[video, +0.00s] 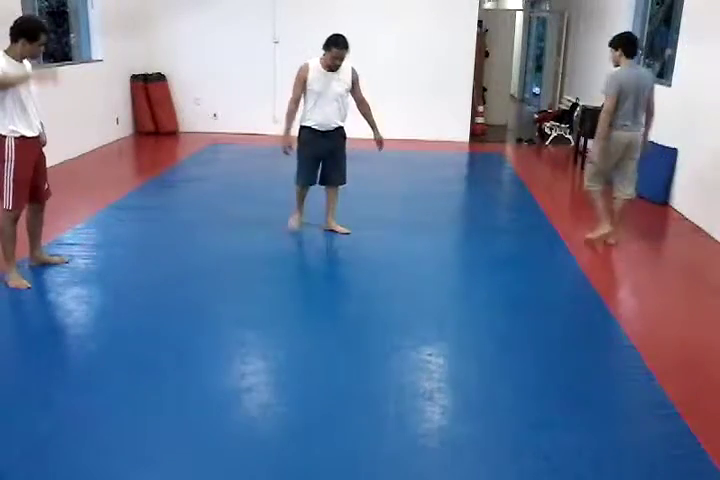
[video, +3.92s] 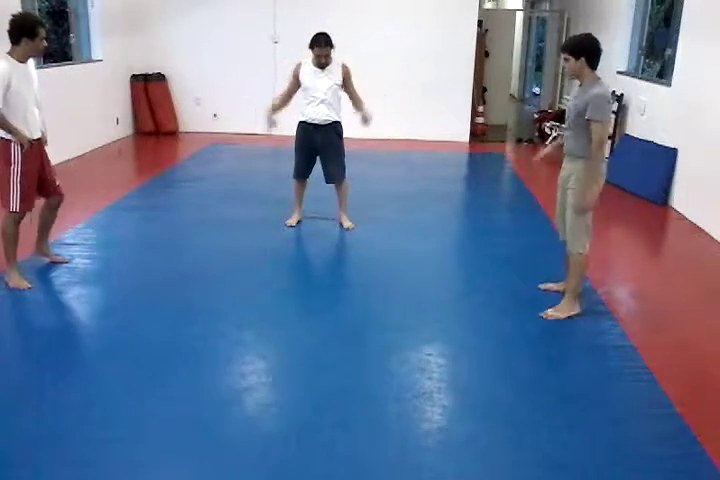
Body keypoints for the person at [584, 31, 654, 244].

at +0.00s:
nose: (611, 55)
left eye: (612, 51)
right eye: (611, 51)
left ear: (620, 52)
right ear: (632, 52)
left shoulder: (616, 77)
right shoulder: (647, 76)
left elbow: (607, 112)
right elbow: (650, 111)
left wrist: (597, 142)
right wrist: (645, 136)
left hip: (615, 134)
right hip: (636, 135)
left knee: (594, 176)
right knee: (624, 185)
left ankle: (604, 223)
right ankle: (613, 231)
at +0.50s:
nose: (576, 57)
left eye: (578, 53)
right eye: (575, 53)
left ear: (589, 52)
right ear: (593, 52)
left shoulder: (587, 75)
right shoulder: (612, 74)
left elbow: (580, 111)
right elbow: (615, 107)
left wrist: (568, 139)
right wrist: (613, 134)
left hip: (585, 129)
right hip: (602, 129)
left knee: (572, 173)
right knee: (593, 173)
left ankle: (570, 217)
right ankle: (602, 206)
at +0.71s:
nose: (567, 55)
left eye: (570, 51)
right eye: (567, 51)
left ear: (581, 50)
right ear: (584, 51)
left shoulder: (584, 71)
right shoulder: (599, 70)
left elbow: (578, 106)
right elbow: (604, 102)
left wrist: (559, 130)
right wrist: (604, 127)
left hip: (584, 125)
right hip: (595, 125)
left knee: (572, 168)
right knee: (577, 167)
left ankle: (572, 217)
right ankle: (575, 213)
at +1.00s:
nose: (567, 56)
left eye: (570, 51)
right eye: (566, 51)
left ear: (582, 51)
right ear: (569, 51)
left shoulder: (592, 71)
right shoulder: (576, 70)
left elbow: (597, 102)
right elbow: (575, 98)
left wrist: (594, 123)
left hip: (585, 122)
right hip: (573, 121)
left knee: (576, 169)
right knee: (570, 168)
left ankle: (574, 216)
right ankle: (570, 212)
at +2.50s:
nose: (574, 61)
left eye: (579, 57)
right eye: (572, 56)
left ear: (592, 57)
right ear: (570, 55)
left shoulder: (606, 82)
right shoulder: (564, 77)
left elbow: (613, 118)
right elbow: (551, 107)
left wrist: (610, 152)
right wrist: (535, 132)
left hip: (591, 144)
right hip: (564, 142)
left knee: (589, 199)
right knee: (555, 193)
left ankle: (582, 237)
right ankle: (560, 238)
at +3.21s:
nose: (582, 63)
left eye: (587, 59)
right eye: (582, 58)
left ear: (604, 62)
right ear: (595, 60)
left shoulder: (622, 92)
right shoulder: (585, 84)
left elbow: (628, 136)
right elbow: (580, 122)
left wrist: (624, 175)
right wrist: (573, 153)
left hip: (606, 160)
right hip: (578, 155)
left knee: (602, 220)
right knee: (567, 216)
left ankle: (594, 271)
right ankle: (571, 272)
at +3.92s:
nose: (564, 65)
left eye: (567, 60)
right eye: (563, 60)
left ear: (583, 60)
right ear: (580, 61)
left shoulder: (598, 95)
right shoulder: (582, 88)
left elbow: (598, 145)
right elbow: (575, 132)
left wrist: (592, 187)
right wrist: (554, 145)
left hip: (584, 168)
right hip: (571, 164)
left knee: (577, 232)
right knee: (565, 225)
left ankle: (572, 301)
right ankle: (570, 281)